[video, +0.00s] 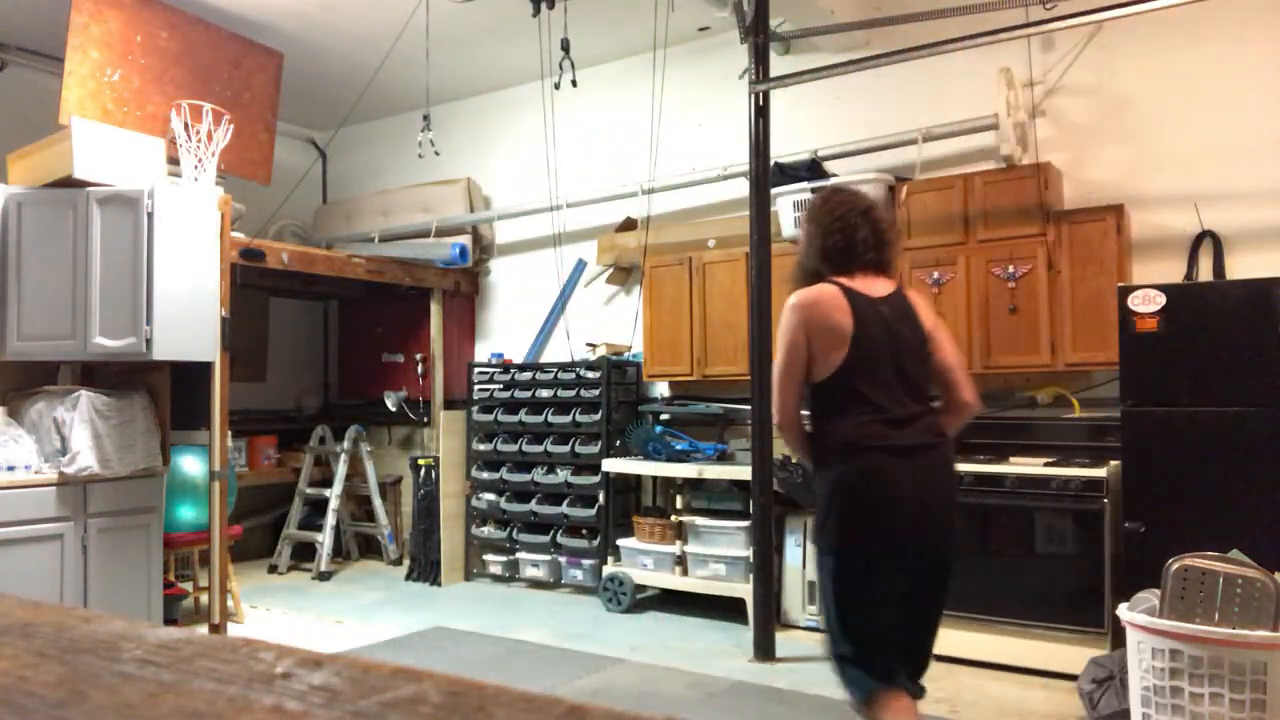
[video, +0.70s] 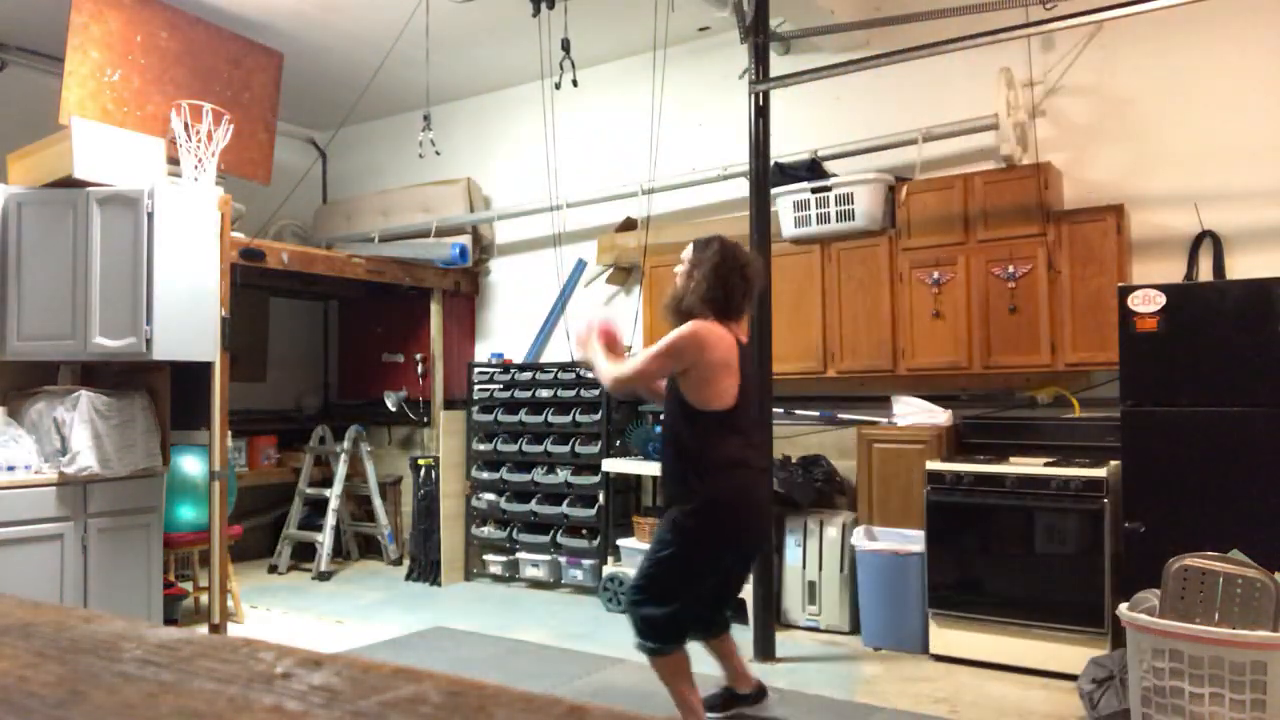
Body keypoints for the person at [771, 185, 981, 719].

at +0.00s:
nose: (800, 240)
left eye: (806, 231)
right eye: (804, 229)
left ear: (817, 243)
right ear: (880, 239)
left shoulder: (807, 306)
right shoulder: (912, 301)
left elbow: (786, 419)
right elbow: (965, 399)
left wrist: (828, 465)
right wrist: (919, 444)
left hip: (859, 487)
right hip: (931, 481)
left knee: (860, 659)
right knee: (903, 661)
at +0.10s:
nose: (780, 241)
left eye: (787, 232)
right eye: (783, 230)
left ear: (800, 244)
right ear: (853, 243)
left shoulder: (794, 306)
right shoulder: (879, 305)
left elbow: (770, 417)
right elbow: (922, 399)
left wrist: (793, 472)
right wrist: (874, 435)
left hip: (837, 489)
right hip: (907, 483)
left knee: (812, 632)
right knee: (886, 640)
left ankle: (876, 712)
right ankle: (890, 715)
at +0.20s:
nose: (753, 240)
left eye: (761, 231)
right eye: (756, 229)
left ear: (783, 240)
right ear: (820, 241)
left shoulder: (781, 302)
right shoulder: (846, 302)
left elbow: (757, 408)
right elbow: (874, 394)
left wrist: (759, 467)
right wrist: (793, 462)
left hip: (819, 491)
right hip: (884, 487)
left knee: (776, 623)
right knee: (871, 642)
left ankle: (814, 712)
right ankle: (884, 714)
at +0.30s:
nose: (734, 235)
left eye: (741, 225)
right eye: (737, 224)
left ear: (757, 236)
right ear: (797, 240)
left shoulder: (761, 295)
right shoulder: (814, 300)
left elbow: (739, 395)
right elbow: (801, 399)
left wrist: (726, 449)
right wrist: (753, 449)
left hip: (799, 479)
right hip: (854, 474)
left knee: (756, 611)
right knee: (854, 626)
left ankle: (750, 711)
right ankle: (881, 714)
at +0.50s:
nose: (692, 255)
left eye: (699, 247)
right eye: (695, 246)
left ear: (719, 255)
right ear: (750, 259)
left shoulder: (718, 314)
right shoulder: (762, 318)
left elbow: (675, 403)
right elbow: (741, 417)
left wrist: (658, 454)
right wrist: (677, 444)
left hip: (743, 489)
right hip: (789, 484)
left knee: (699, 615)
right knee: (769, 610)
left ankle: (702, 715)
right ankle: (846, 690)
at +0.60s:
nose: (680, 264)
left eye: (688, 256)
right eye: (683, 255)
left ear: (707, 266)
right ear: (732, 270)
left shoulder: (705, 325)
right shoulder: (747, 327)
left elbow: (640, 398)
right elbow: (714, 416)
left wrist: (612, 408)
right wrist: (641, 420)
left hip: (727, 494)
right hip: (768, 488)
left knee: (671, 608)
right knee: (722, 599)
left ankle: (697, 714)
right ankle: (793, 680)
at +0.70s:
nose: (675, 272)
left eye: (684, 266)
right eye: (679, 264)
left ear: (704, 278)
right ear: (731, 282)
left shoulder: (697, 335)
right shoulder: (735, 338)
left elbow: (617, 378)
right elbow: (670, 390)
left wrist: (588, 348)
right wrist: (620, 354)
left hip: (707, 506)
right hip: (743, 504)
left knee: (650, 605)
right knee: (698, 602)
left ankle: (693, 712)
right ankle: (743, 684)